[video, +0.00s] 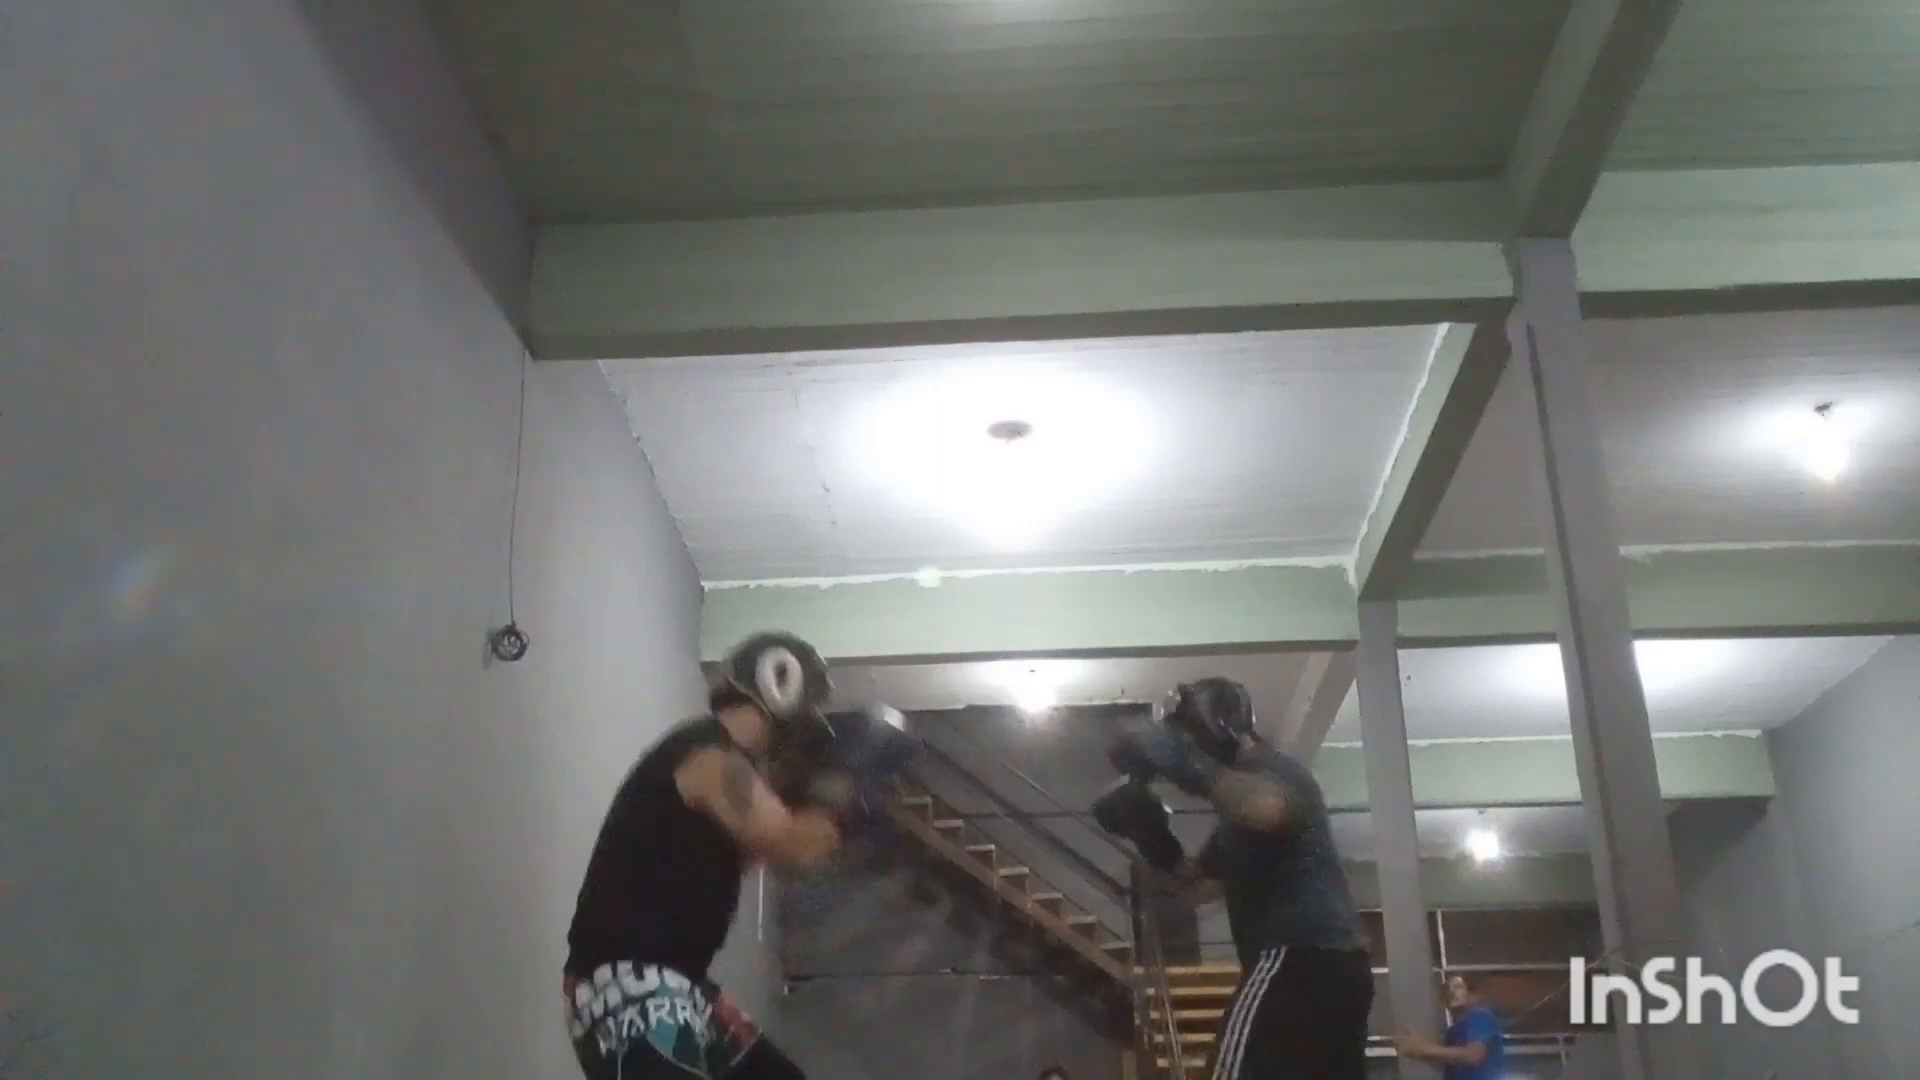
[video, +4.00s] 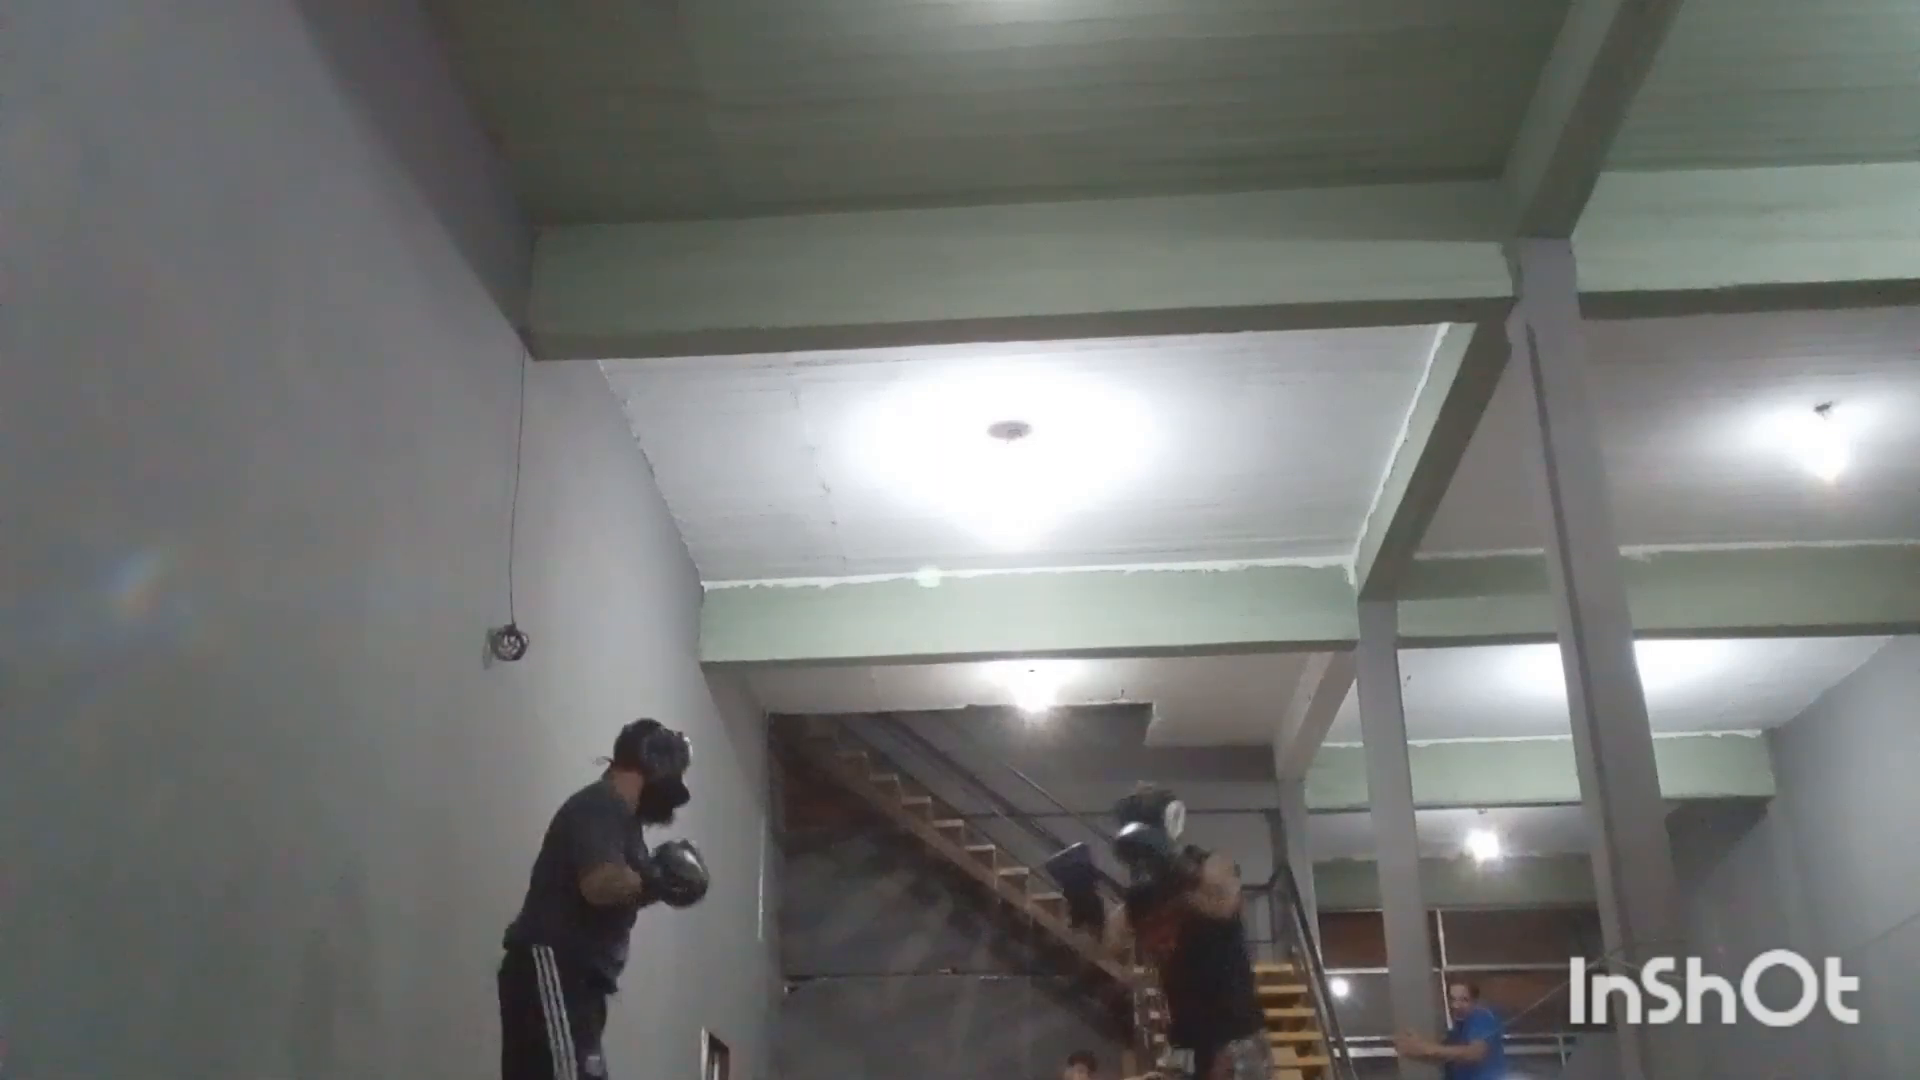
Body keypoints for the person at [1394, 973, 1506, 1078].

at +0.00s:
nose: (1452, 992)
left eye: (1458, 987)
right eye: (1448, 988)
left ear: (1470, 991)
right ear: (1444, 994)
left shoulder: (1480, 1017)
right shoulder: (1456, 1025)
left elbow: (1474, 1055)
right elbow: (1449, 1056)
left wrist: (1422, 1049)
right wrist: (1416, 1045)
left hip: (1480, 1075)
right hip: (1458, 1075)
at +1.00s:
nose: (1451, 994)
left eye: (1456, 989)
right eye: (1447, 991)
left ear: (1466, 992)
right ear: (1442, 996)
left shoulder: (1479, 1017)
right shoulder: (1453, 1029)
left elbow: (1475, 1056)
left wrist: (1425, 1049)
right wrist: (1420, 1047)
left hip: (1482, 1075)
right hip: (1460, 1075)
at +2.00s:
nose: (1458, 997)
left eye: (1463, 990)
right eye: (1452, 993)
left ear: (1470, 995)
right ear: (1444, 1001)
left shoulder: (1481, 1017)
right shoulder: (1454, 1030)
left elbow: (1476, 1054)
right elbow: (1450, 1055)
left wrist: (1425, 1050)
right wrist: (1418, 1048)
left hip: (1485, 1075)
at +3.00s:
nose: (1458, 997)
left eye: (1462, 990)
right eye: (1451, 993)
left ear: (1471, 995)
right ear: (1445, 1001)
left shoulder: (1481, 1017)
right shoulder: (1453, 1030)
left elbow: (1476, 1055)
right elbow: (1447, 1054)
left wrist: (1427, 1049)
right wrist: (1419, 1046)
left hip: (1484, 1075)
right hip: (1458, 1076)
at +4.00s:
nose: (1456, 1005)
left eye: (1463, 1000)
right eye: (1453, 999)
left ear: (1473, 1001)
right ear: (1448, 1001)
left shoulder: (1482, 1018)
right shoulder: (1458, 1024)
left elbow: (1477, 1053)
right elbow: (1447, 1052)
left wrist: (1427, 1049)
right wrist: (1419, 1047)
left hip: (1485, 1076)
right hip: (1462, 1076)